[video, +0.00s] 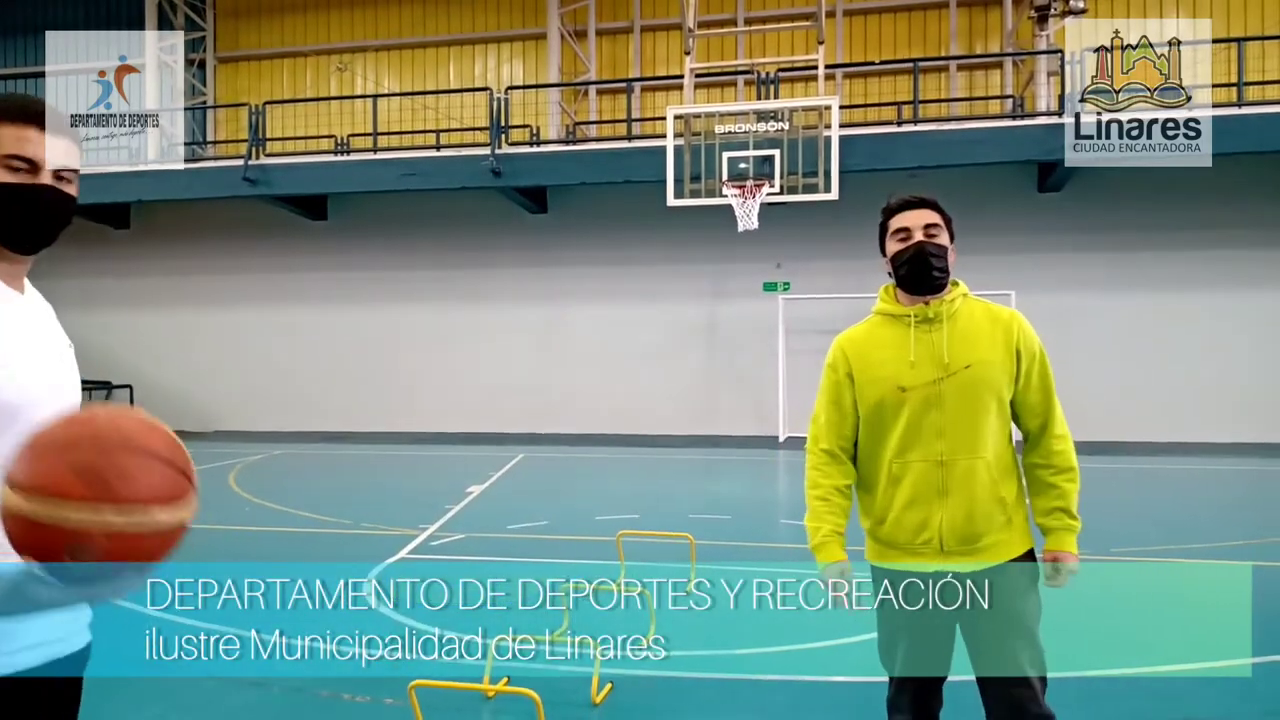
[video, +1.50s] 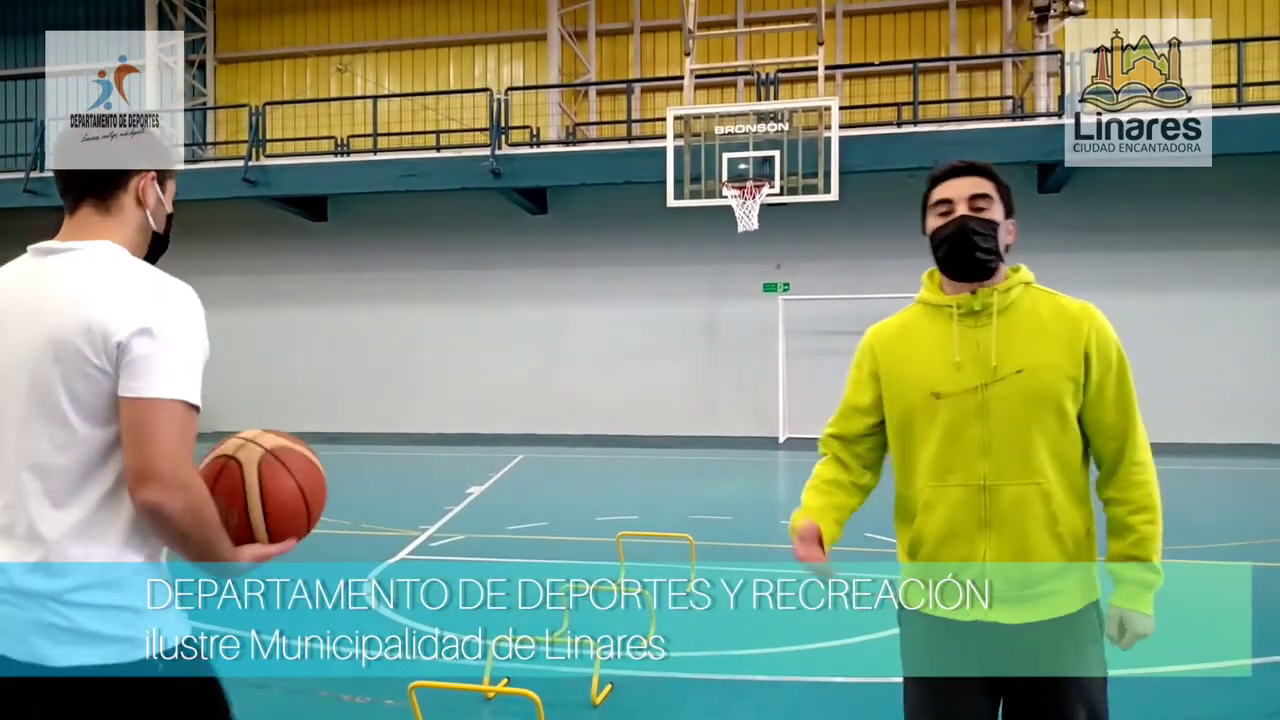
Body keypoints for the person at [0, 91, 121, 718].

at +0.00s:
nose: (46, 189)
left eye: (62, 176)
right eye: (20, 168)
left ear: (74, 191)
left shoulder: (39, 313)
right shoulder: (10, 309)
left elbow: (52, 458)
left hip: (54, 623)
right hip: (10, 628)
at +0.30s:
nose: (124, 229)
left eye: (132, 213)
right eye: (123, 207)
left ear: (66, 183)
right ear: (67, 182)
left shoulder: (28, 296)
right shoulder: (8, 305)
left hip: (68, 660)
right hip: (25, 674)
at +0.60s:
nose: (150, 226)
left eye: (163, 209)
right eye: (161, 205)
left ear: (56, 165)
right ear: (131, 179)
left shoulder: (13, 260)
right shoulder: (86, 292)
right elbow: (80, 486)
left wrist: (168, 522)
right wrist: (218, 573)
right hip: (62, 678)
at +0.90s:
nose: (171, 210)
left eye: (177, 192)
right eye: (176, 190)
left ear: (67, 170)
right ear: (150, 180)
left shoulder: (7, 253)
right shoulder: (138, 301)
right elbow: (183, 504)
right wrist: (330, 500)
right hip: (79, 673)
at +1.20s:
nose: (179, 206)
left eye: (182, 188)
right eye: (180, 185)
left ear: (73, 176)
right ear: (154, 180)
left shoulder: (7, 262)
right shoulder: (169, 305)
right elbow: (187, 510)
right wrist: (255, 559)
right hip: (95, 660)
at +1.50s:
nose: (170, 212)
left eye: (172, 195)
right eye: (172, 193)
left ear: (70, 188)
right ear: (147, 189)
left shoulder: (10, 280)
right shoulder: (153, 297)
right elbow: (159, 486)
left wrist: (189, 507)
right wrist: (226, 559)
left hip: (10, 628)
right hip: (112, 633)